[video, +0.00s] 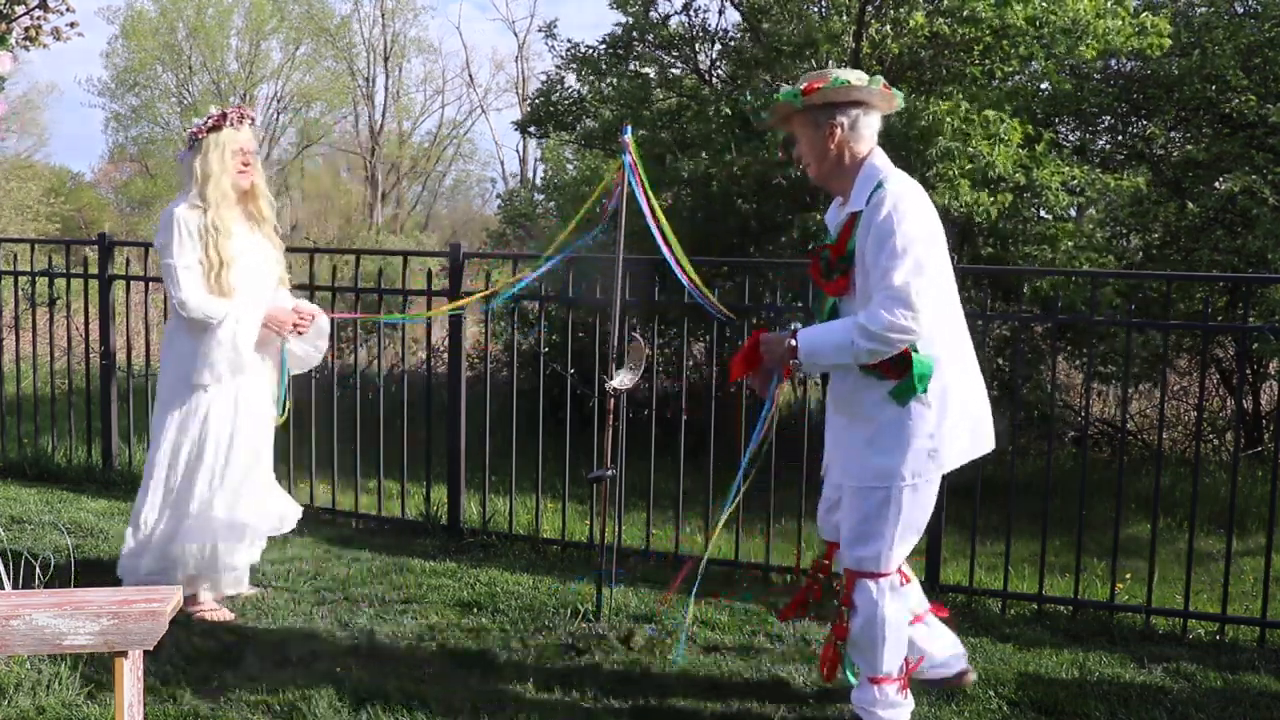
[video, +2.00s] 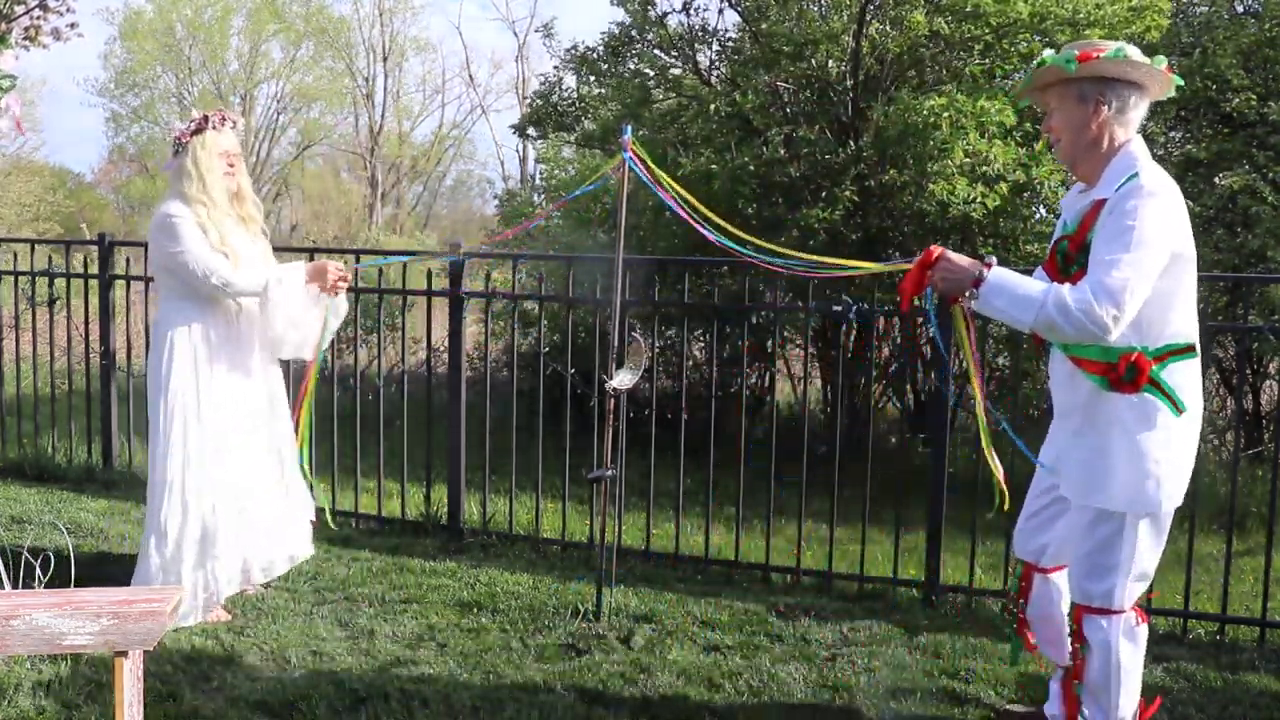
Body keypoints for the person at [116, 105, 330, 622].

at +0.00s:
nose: (247, 160)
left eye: (252, 152)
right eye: (236, 152)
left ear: (259, 160)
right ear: (210, 160)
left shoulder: (255, 219)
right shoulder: (185, 215)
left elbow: (268, 290)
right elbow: (189, 300)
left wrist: (296, 312)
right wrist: (258, 317)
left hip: (250, 364)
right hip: (205, 366)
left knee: (236, 472)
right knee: (204, 470)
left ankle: (210, 590)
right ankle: (191, 589)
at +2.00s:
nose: (233, 162)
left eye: (237, 154)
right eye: (222, 154)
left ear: (242, 161)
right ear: (193, 162)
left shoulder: (241, 222)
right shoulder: (174, 218)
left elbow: (262, 294)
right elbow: (219, 278)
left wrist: (317, 287)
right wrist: (302, 273)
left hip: (240, 358)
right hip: (192, 360)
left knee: (243, 461)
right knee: (199, 468)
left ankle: (237, 572)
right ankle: (197, 591)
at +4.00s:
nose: (269, 166)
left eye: (271, 156)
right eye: (257, 158)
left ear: (277, 161)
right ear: (230, 166)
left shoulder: (280, 216)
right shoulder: (217, 220)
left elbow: (318, 274)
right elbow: (264, 273)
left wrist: (366, 273)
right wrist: (342, 263)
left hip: (287, 346)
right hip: (240, 348)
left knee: (281, 443)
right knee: (234, 458)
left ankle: (268, 540)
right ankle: (204, 583)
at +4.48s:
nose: (249, 169)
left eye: (256, 160)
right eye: (238, 159)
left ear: (263, 168)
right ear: (211, 164)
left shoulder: (269, 216)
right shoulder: (187, 213)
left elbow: (288, 287)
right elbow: (202, 258)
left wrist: (310, 256)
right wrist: (274, 242)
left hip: (261, 346)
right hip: (205, 349)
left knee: (272, 441)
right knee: (204, 462)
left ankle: (265, 541)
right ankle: (197, 588)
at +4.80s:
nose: (250, 168)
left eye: (257, 160)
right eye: (239, 159)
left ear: (263, 169)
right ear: (212, 166)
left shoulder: (261, 227)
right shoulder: (182, 223)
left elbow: (283, 290)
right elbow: (204, 283)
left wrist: (314, 306)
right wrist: (285, 296)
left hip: (259, 356)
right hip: (201, 360)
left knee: (284, 449)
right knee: (206, 467)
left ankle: (291, 546)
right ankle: (195, 584)